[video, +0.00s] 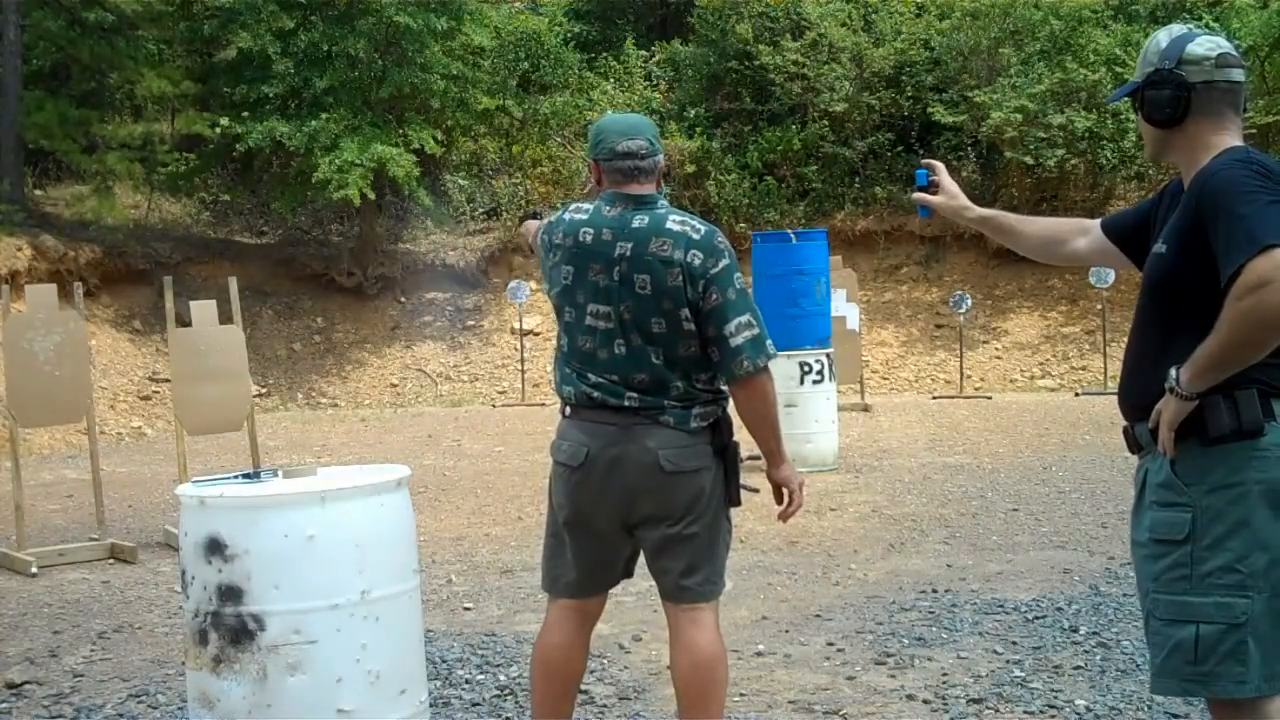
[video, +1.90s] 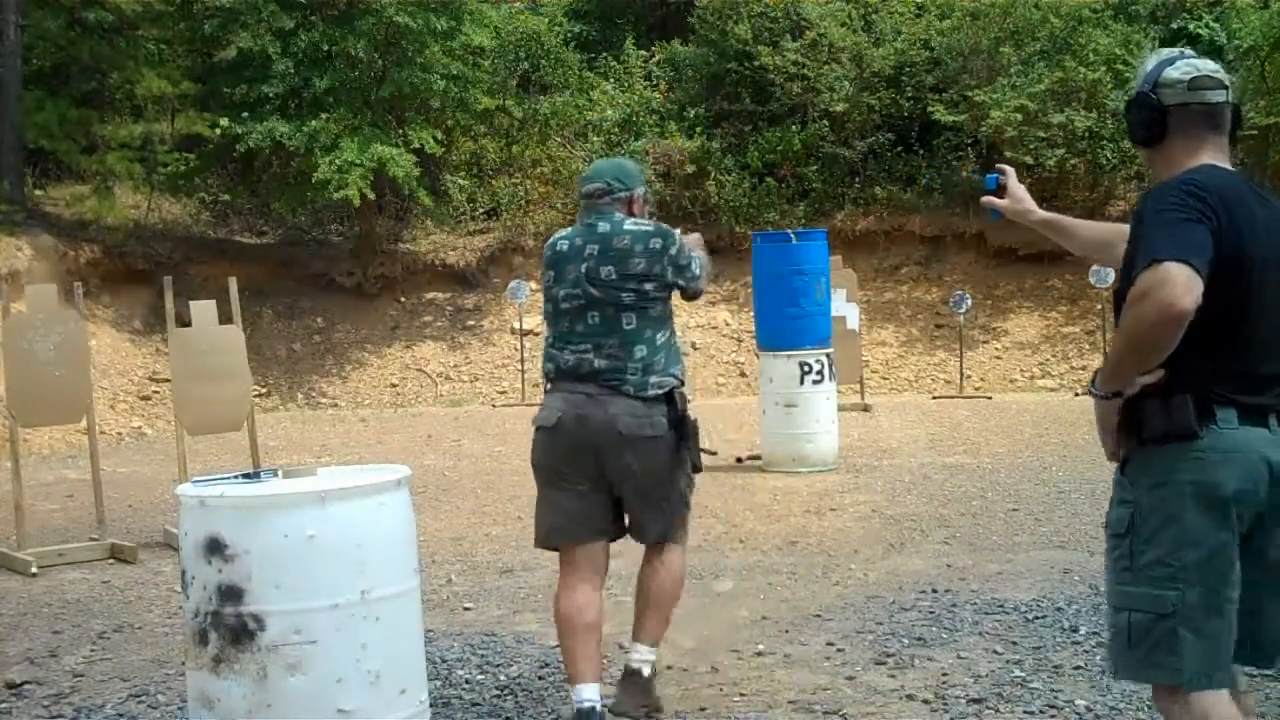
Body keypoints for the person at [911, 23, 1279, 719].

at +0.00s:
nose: (1139, 117)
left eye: (1143, 102)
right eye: (1139, 103)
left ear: (1167, 103)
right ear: (1223, 101)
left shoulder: (1234, 180)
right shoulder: (1183, 196)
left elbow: (1270, 286)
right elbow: (1081, 239)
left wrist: (1184, 385)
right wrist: (969, 214)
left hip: (1224, 463)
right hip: (1209, 459)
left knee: (1241, 694)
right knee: (1241, 687)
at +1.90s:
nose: (1136, 140)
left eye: (1138, 125)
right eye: (1138, 127)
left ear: (1148, 122)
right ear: (1226, 122)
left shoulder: (1178, 198)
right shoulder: (1261, 205)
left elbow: (1173, 297)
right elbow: (1137, 244)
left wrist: (1108, 384)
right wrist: (1033, 216)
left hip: (1188, 449)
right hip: (1265, 445)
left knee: (1184, 684)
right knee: (1219, 671)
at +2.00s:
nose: (1137, 143)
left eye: (1140, 128)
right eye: (1140, 129)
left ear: (1147, 127)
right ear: (1225, 127)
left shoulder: (1168, 202)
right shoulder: (1262, 208)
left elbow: (1154, 301)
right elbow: (1144, 245)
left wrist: (1076, 385)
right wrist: (1045, 218)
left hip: (1181, 452)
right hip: (1268, 449)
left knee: (1125, 675)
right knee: (1221, 664)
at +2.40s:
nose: (1111, 156)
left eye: (1112, 145)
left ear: (1113, 149)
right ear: (1185, 149)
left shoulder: (1108, 221)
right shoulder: (1230, 228)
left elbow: (1073, 326)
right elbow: (1157, 277)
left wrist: (1033, 446)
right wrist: (1067, 233)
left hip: (1125, 452)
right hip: (1230, 447)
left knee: (1061, 618)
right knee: (1218, 645)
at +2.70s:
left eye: (1051, 161)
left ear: (1047, 168)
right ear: (1117, 163)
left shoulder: (1032, 240)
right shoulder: (1159, 232)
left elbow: (986, 349)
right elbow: (1103, 282)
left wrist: (958, 455)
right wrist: (1026, 238)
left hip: (1060, 442)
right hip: (1162, 442)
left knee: (1051, 622)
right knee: (1160, 624)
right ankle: (1181, 713)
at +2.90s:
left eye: (1024, 159)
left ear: (1021, 160)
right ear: (1085, 160)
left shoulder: (1002, 234)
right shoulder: (1125, 228)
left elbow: (947, 347)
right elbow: (1070, 248)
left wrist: (935, 430)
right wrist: (1011, 215)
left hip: (1036, 424)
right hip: (1129, 422)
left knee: (1050, 612)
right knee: (1107, 590)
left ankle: (1078, 717)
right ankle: (1108, 711)